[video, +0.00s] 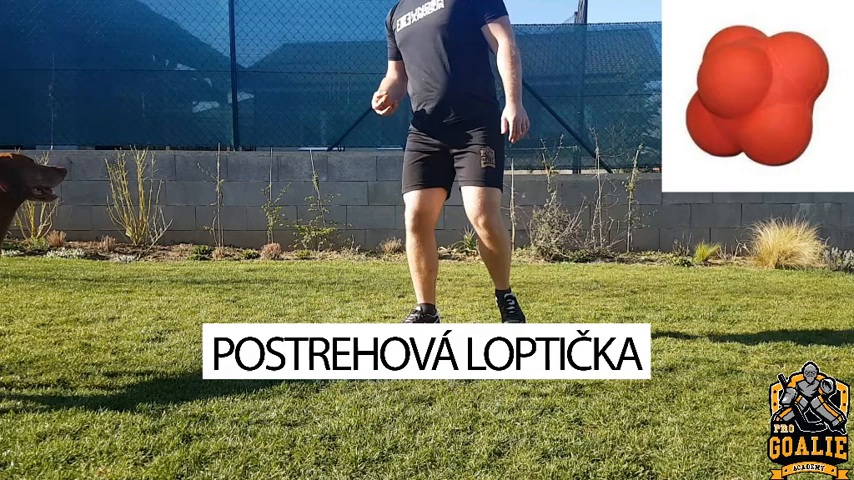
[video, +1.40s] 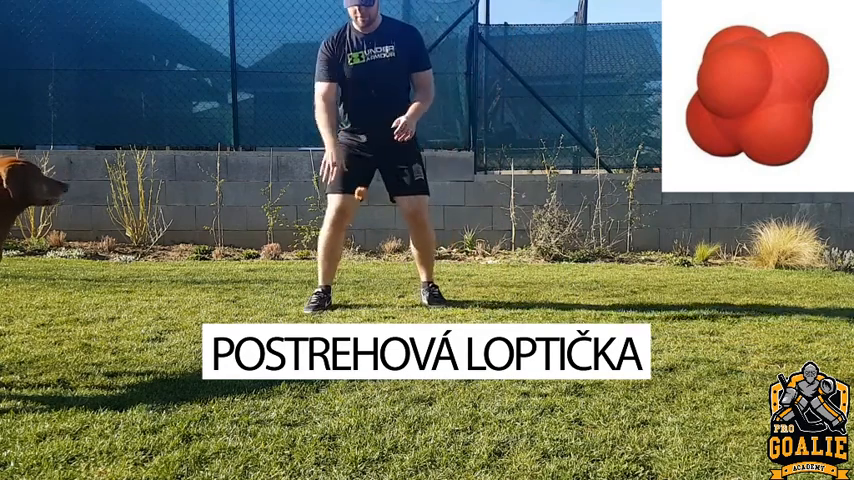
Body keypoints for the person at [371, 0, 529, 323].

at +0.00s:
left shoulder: (474, 2)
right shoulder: (396, 13)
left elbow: (505, 41)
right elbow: (397, 74)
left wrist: (513, 102)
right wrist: (386, 93)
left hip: (477, 122)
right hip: (425, 127)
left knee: (482, 215)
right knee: (416, 217)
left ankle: (505, 295)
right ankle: (426, 309)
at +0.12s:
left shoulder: (471, 1)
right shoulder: (392, 14)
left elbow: (501, 42)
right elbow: (389, 73)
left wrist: (504, 105)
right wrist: (379, 96)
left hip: (473, 122)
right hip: (420, 125)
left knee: (481, 220)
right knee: (416, 216)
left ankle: (478, 282)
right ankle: (426, 308)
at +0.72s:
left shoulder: (456, 33)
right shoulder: (380, 32)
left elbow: (472, 87)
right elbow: (358, 85)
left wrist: (487, 136)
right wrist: (374, 109)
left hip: (438, 134)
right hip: (396, 132)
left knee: (438, 220)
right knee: (400, 207)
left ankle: (423, 286)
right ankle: (405, 291)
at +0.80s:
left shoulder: (450, 30)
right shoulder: (375, 30)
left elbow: (467, 83)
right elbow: (352, 82)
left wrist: (479, 130)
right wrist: (370, 93)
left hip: (432, 132)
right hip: (390, 131)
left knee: (434, 214)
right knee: (384, 204)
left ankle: (423, 286)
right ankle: (376, 284)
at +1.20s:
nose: (366, 7)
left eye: (371, 1)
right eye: (359, 2)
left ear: (382, 2)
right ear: (352, 4)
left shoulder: (411, 35)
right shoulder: (336, 40)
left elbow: (431, 88)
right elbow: (321, 94)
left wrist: (437, 135)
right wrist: (342, 59)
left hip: (401, 141)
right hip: (354, 140)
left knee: (416, 213)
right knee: (338, 212)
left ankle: (424, 285)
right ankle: (323, 290)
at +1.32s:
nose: (360, 9)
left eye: (366, 3)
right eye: (354, 4)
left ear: (377, 2)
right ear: (345, 5)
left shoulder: (407, 35)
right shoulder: (331, 43)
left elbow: (424, 86)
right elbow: (317, 97)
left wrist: (421, 120)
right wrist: (338, 98)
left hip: (398, 138)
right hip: (351, 140)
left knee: (416, 210)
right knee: (335, 212)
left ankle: (428, 285)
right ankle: (323, 290)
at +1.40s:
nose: (361, 11)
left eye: (367, 4)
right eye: (354, 6)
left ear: (378, 3)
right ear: (346, 7)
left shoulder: (407, 36)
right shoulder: (334, 45)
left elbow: (425, 88)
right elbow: (324, 100)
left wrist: (412, 115)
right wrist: (330, 145)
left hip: (399, 138)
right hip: (352, 140)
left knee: (416, 210)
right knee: (337, 211)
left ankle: (429, 285)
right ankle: (323, 290)